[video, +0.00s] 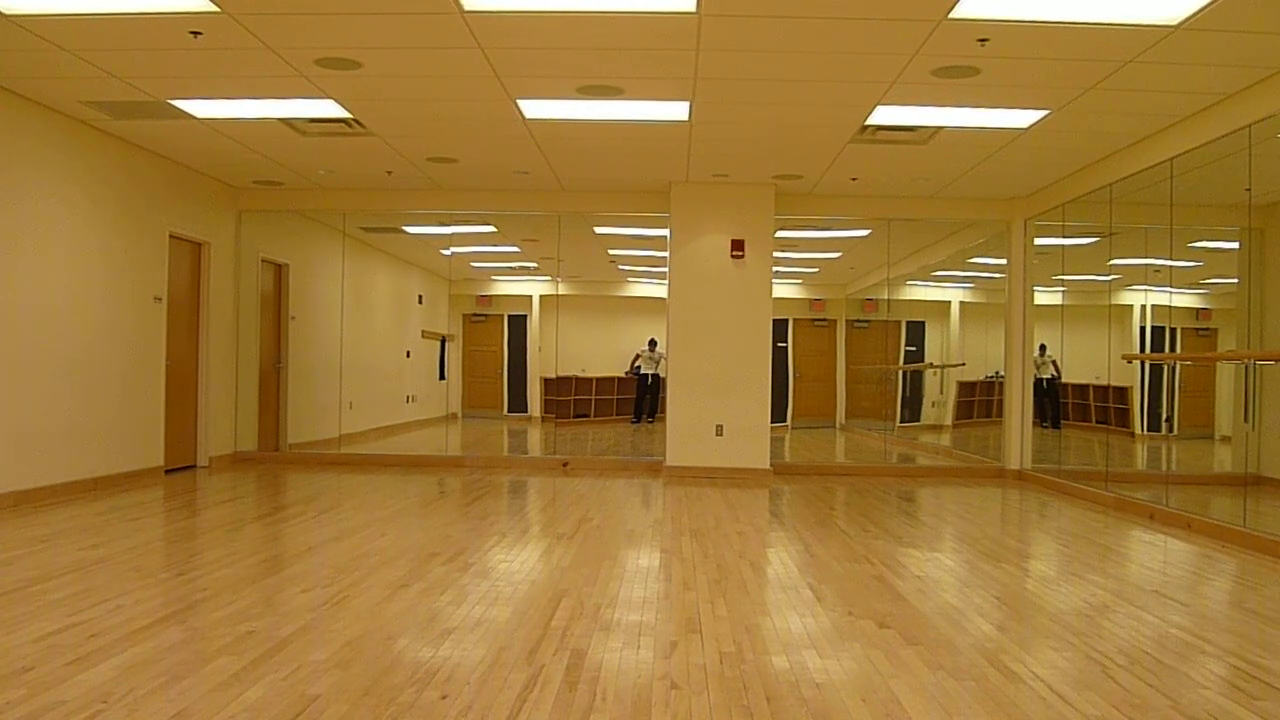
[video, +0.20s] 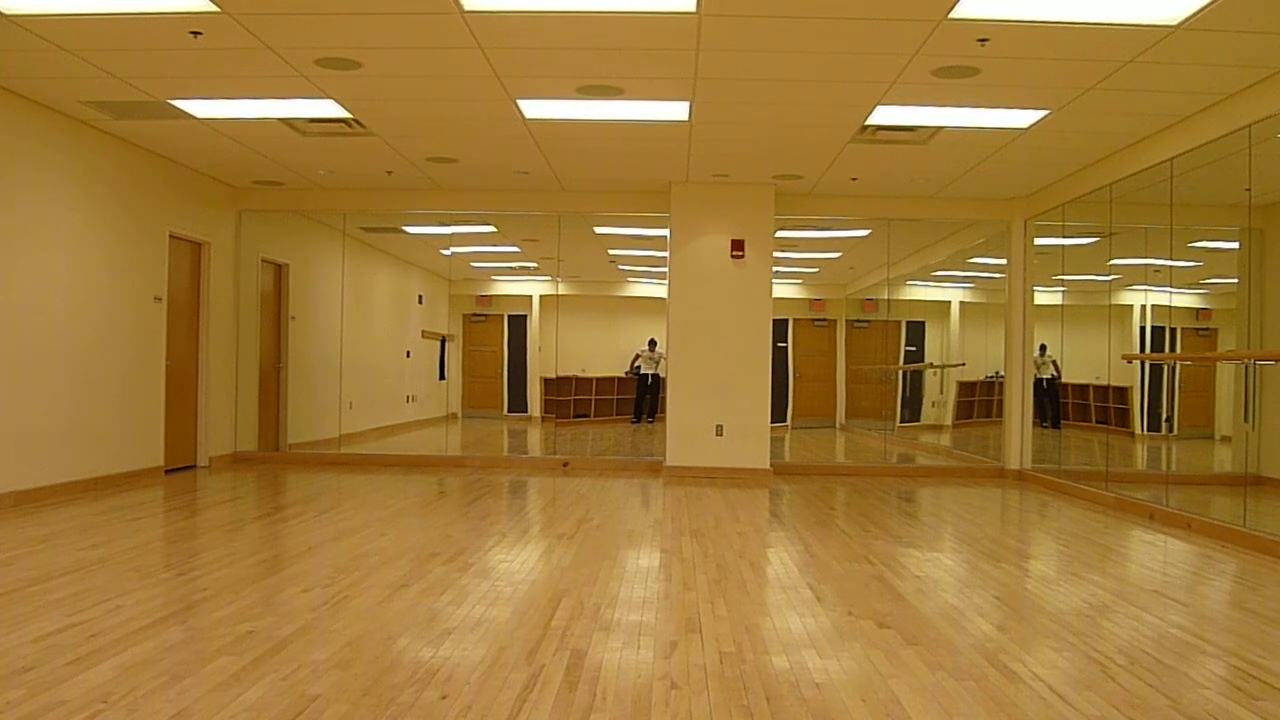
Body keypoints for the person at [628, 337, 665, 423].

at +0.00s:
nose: (652, 349)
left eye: (653, 347)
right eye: (650, 347)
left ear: (656, 347)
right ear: (648, 346)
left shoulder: (660, 354)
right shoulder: (642, 352)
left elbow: (668, 361)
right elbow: (634, 360)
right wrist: (630, 369)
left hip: (654, 373)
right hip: (643, 373)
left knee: (654, 396)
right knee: (640, 395)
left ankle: (651, 416)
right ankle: (637, 416)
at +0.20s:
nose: (652, 349)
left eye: (653, 347)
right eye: (650, 346)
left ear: (656, 346)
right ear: (648, 345)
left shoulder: (660, 354)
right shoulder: (642, 352)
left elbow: (668, 361)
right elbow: (634, 360)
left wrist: (668, 373)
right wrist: (630, 369)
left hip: (654, 374)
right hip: (643, 373)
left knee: (654, 396)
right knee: (640, 395)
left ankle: (651, 416)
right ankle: (637, 416)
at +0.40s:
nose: (651, 349)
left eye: (653, 347)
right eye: (650, 347)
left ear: (655, 347)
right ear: (647, 346)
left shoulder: (659, 354)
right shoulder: (642, 352)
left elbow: (668, 360)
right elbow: (634, 359)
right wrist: (630, 369)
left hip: (654, 374)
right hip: (643, 373)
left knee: (654, 396)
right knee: (640, 395)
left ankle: (651, 416)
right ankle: (637, 416)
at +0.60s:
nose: (651, 349)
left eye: (652, 347)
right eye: (649, 347)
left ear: (655, 346)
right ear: (647, 346)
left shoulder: (659, 354)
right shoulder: (641, 352)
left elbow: (667, 360)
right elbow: (633, 360)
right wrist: (630, 370)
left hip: (654, 374)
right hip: (643, 374)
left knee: (654, 396)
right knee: (640, 395)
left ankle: (651, 416)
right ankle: (637, 416)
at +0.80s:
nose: (651, 348)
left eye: (652, 346)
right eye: (649, 346)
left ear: (655, 346)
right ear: (646, 346)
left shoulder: (658, 354)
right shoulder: (641, 352)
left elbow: (666, 360)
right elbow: (632, 360)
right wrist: (630, 370)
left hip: (654, 374)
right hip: (643, 374)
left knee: (654, 396)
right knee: (640, 395)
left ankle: (651, 416)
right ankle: (637, 416)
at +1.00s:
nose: (649, 348)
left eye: (650, 346)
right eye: (647, 346)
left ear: (653, 346)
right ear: (644, 346)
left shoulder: (656, 353)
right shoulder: (639, 353)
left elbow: (664, 360)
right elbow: (630, 361)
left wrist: (668, 366)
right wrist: (630, 370)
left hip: (654, 374)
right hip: (643, 374)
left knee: (654, 396)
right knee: (640, 396)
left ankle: (651, 416)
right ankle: (637, 416)